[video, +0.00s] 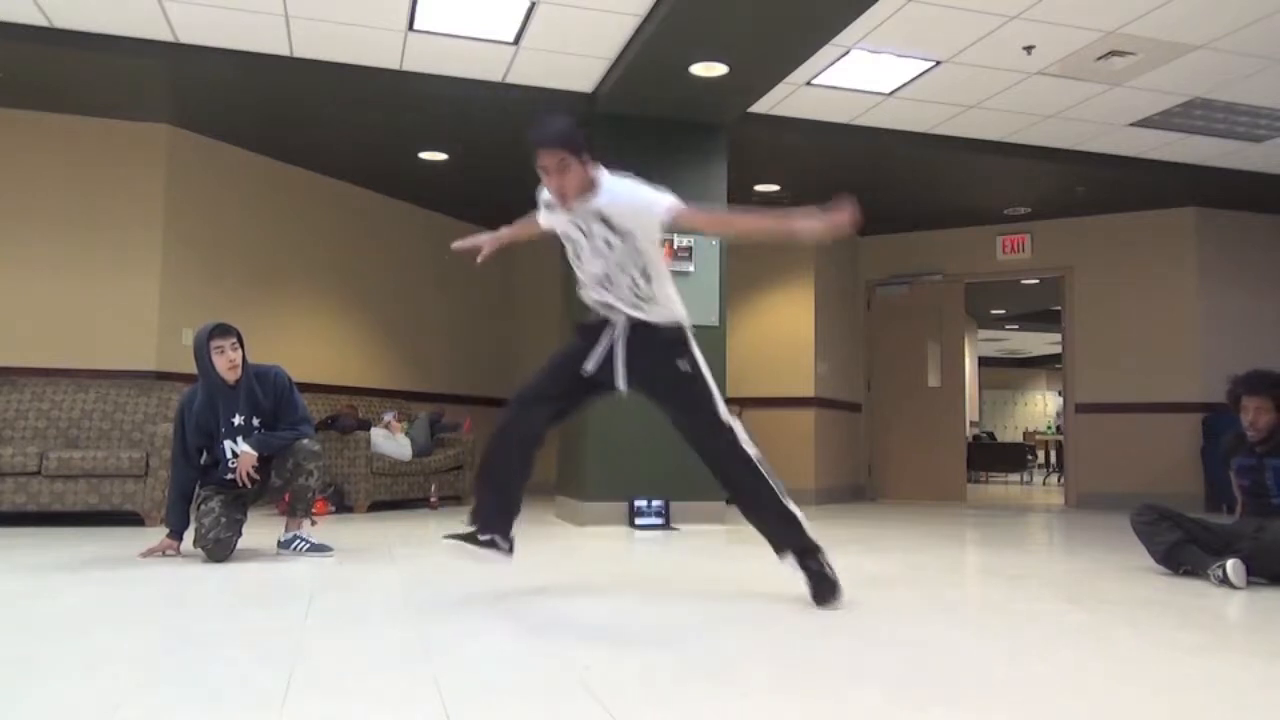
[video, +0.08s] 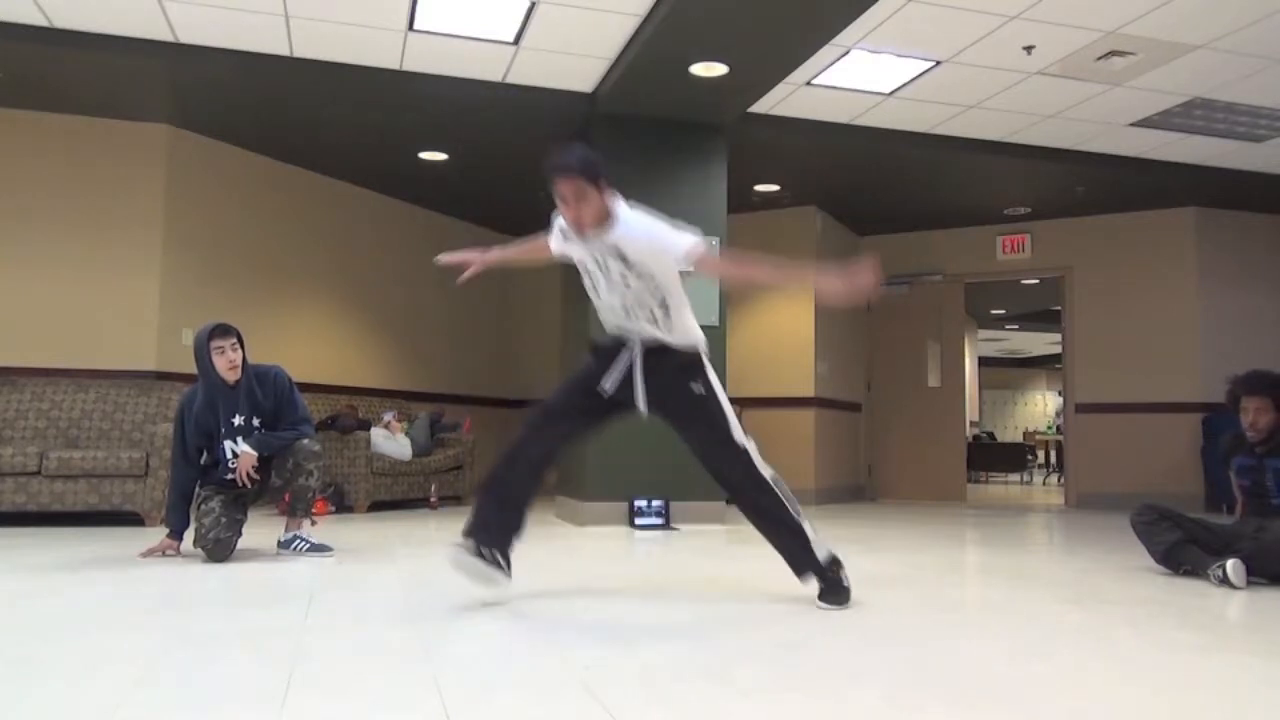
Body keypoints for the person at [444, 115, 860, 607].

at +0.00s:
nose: (551, 179)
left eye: (559, 169)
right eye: (544, 171)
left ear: (585, 163)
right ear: (541, 172)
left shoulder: (624, 197)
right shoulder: (554, 201)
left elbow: (710, 221)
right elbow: (540, 224)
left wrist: (805, 223)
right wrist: (495, 239)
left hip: (660, 336)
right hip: (602, 335)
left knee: (721, 445)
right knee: (527, 412)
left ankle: (806, 555)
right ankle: (492, 526)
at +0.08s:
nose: (569, 211)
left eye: (577, 199)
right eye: (562, 201)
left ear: (603, 191)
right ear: (557, 198)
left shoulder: (638, 230)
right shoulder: (569, 227)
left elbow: (723, 264)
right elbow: (543, 248)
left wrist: (822, 278)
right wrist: (489, 256)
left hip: (677, 360)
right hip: (617, 357)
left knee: (736, 466)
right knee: (545, 428)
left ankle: (821, 567)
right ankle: (490, 541)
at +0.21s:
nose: (594, 271)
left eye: (604, 260)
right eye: (588, 260)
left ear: (631, 263)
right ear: (582, 262)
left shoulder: (664, 314)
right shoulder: (570, 289)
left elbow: (726, 386)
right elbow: (498, 299)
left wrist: (783, 458)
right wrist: (426, 302)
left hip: (685, 400)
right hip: (620, 395)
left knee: (742, 484)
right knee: (555, 460)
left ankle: (823, 578)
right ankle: (519, 573)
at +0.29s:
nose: (614, 315)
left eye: (626, 305)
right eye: (607, 303)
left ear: (647, 308)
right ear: (596, 301)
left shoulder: (665, 363)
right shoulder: (573, 319)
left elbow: (689, 447)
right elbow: (473, 323)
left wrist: (725, 519)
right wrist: (484, 352)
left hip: (648, 419)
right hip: (579, 400)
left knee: (732, 473)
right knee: (525, 456)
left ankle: (820, 546)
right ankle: (514, 573)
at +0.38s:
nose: (638, 333)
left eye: (652, 325)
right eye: (632, 318)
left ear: (666, 331)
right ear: (617, 313)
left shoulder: (664, 396)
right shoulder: (584, 329)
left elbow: (672, 487)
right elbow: (484, 332)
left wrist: (699, 572)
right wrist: (495, 363)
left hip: (625, 433)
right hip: (563, 407)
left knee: (690, 493)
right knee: (512, 456)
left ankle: (765, 530)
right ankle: (509, 577)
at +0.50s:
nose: (691, 339)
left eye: (706, 334)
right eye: (687, 324)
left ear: (715, 348)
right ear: (670, 323)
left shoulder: (687, 421)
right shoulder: (629, 337)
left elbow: (672, 500)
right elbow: (558, 298)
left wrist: (679, 590)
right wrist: (520, 266)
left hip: (603, 466)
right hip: (564, 425)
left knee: (574, 540)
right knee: (530, 467)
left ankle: (549, 494)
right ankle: (497, 584)